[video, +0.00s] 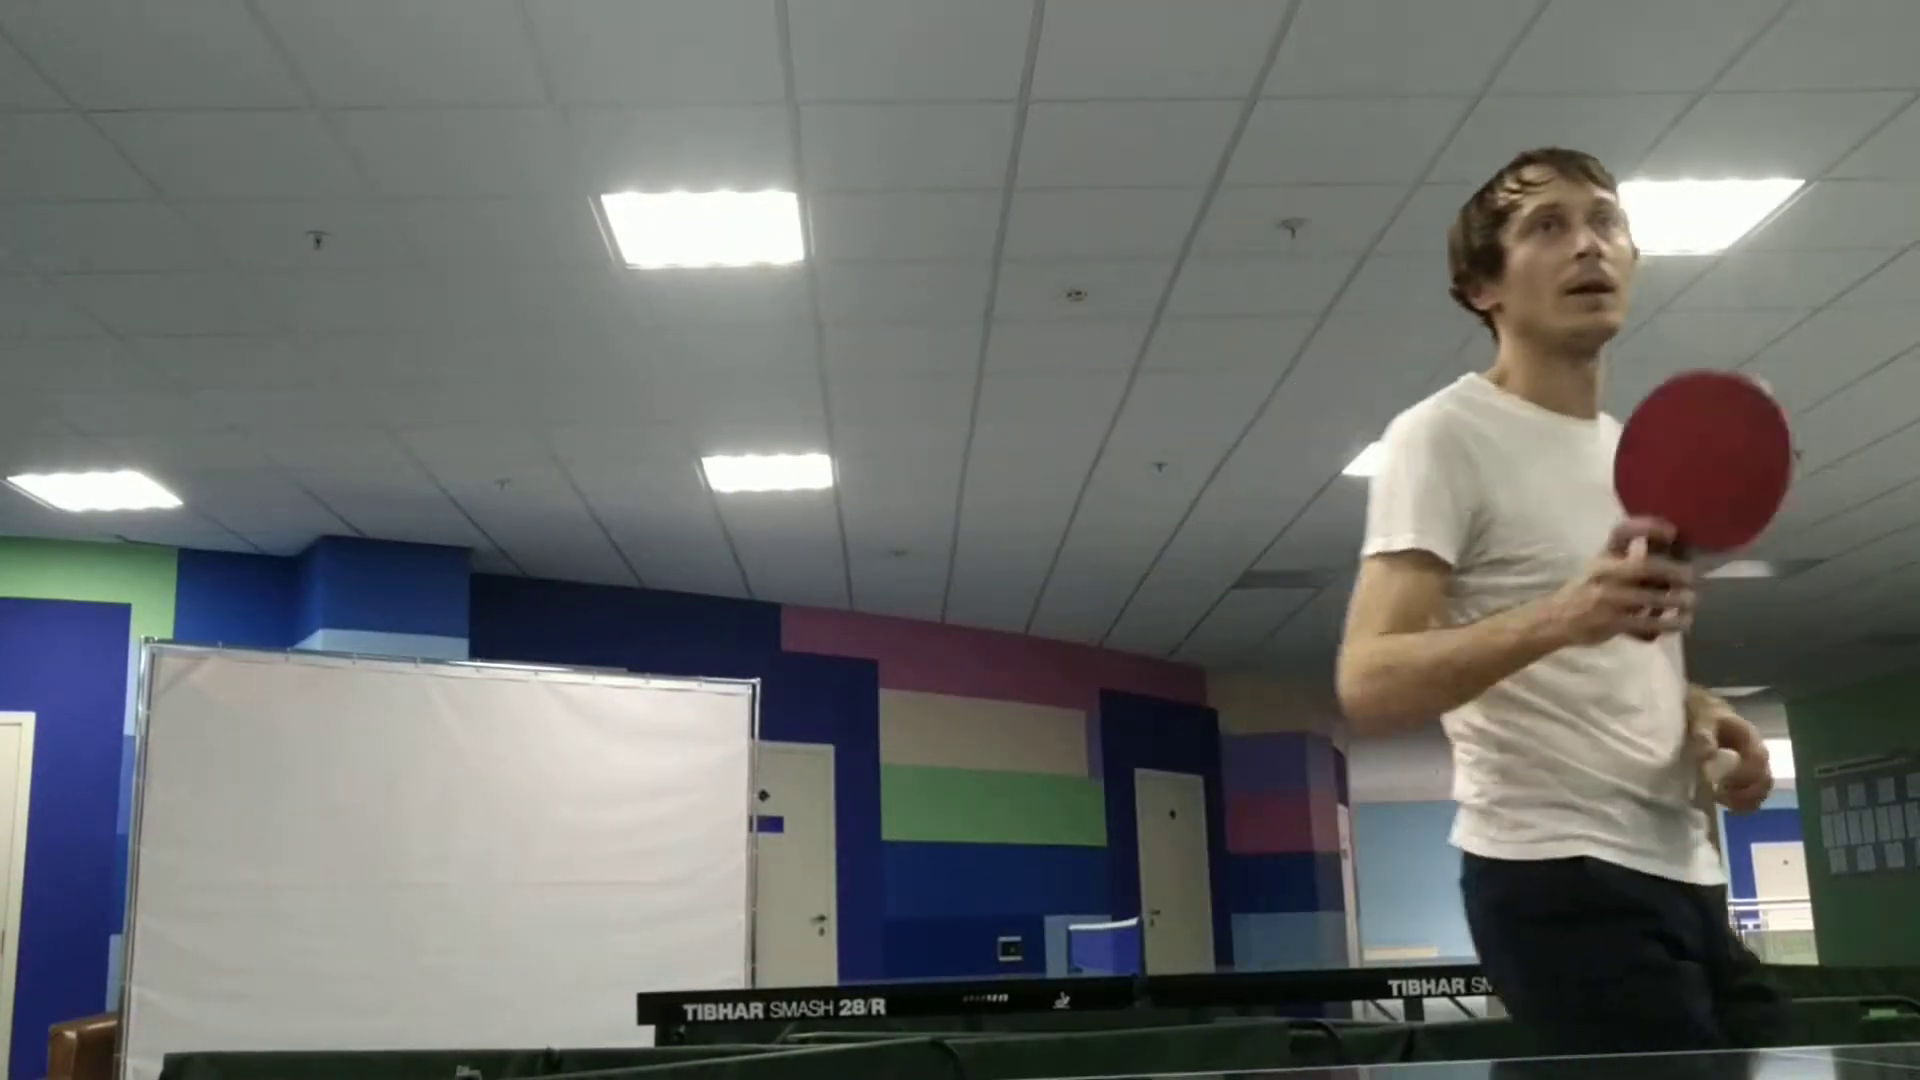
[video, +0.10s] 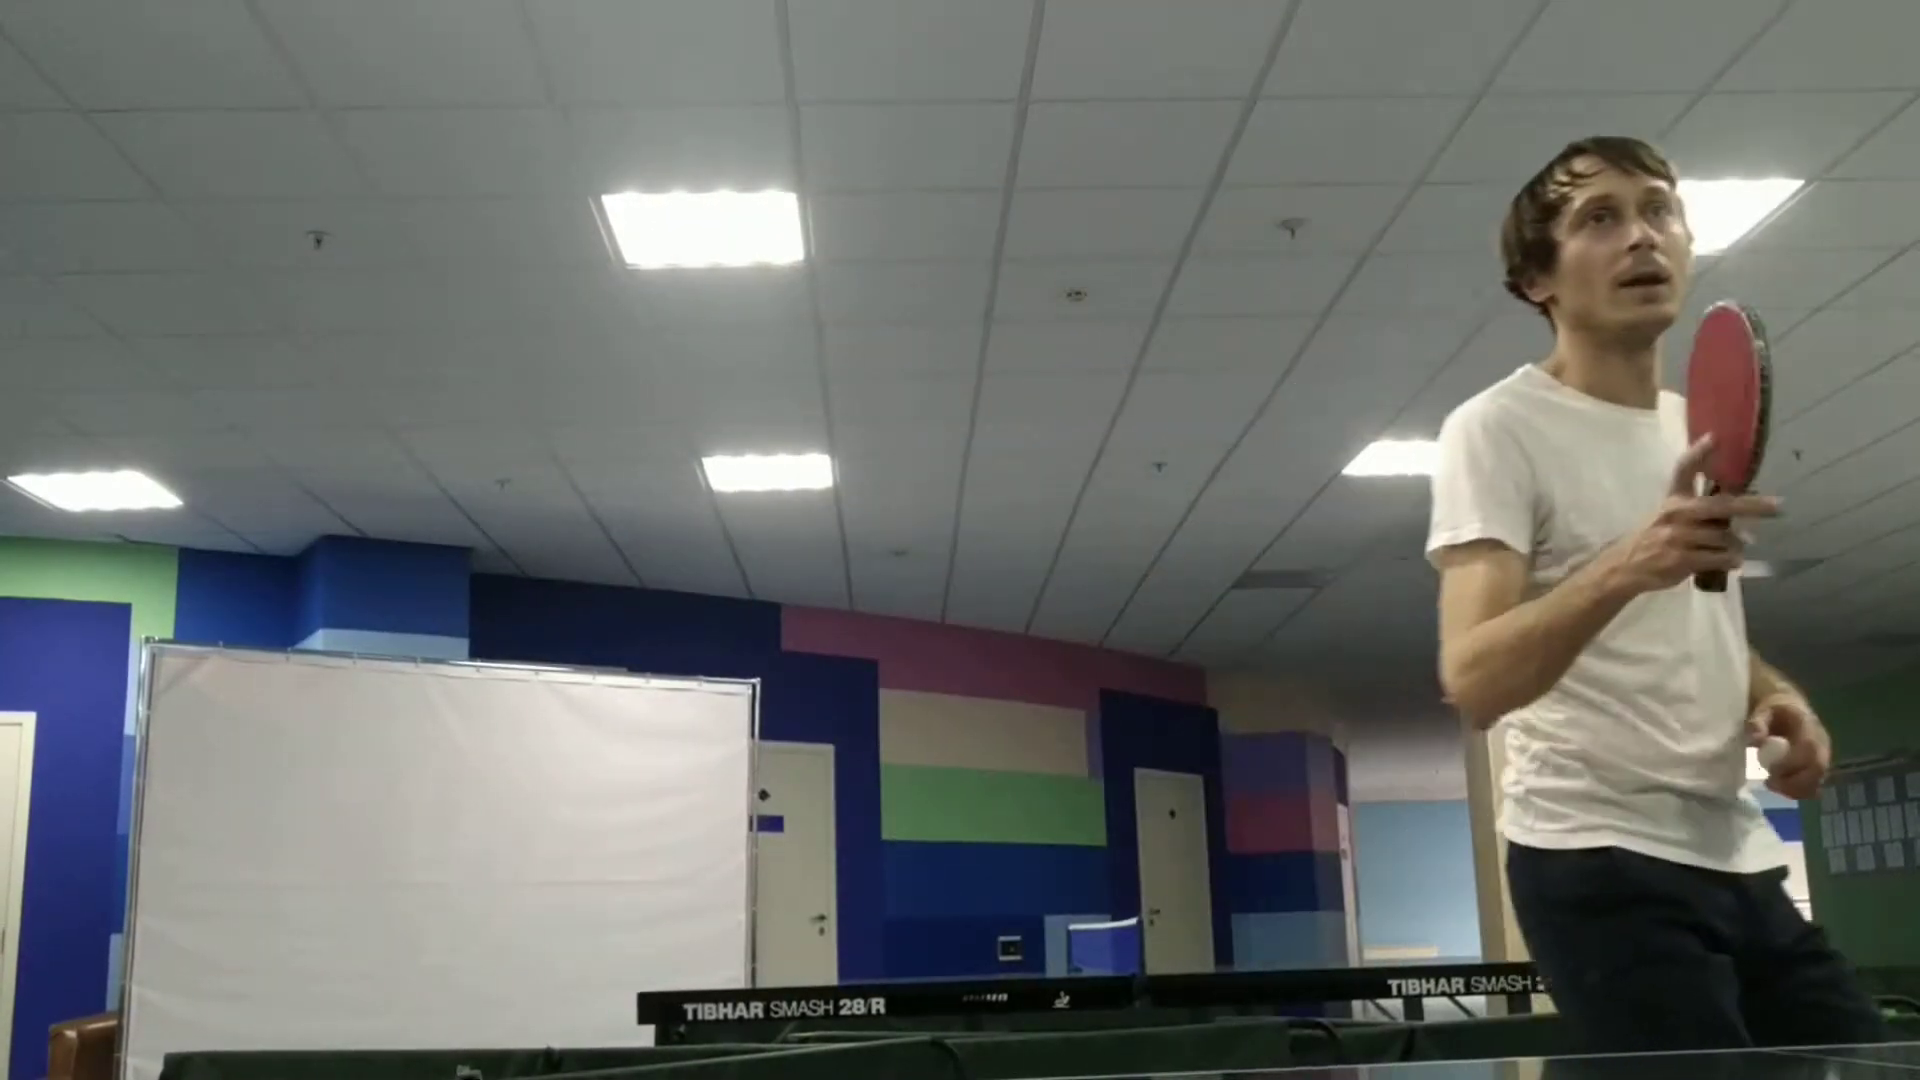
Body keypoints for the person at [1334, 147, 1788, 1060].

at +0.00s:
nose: (1590, 243)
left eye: (1606, 223)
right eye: (1548, 226)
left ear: (1634, 264)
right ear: (1483, 287)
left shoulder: (1633, 450)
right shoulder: (1442, 434)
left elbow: (1637, 662)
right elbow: (1367, 683)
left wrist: (1702, 714)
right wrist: (1565, 615)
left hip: (1676, 867)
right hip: (1553, 867)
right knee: (1681, 1075)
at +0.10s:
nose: (1644, 234)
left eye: (1661, 211)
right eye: (1601, 217)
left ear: (1689, 252)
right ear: (1539, 277)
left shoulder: (1700, 430)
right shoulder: (1495, 428)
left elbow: (1700, 636)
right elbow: (1472, 678)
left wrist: (1771, 695)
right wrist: (1628, 565)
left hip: (1735, 848)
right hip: (1595, 849)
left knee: (1861, 1063)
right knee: (1697, 1068)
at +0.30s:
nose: (1737, 237)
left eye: (1758, 213)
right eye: (1696, 222)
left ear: (1795, 253)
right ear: (1641, 282)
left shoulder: (1842, 421)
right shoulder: (1582, 425)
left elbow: (1878, 635)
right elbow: (1574, 664)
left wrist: (1895, 711)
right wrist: (1721, 558)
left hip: (1832, 844)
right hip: (1656, 850)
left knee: (1893, 1062)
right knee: (1719, 1065)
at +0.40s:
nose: (1769, 246)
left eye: (1792, 219)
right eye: (1730, 228)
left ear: (1832, 252)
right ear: (1680, 280)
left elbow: (1914, 633)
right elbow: (1569, 663)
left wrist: (1913, 738)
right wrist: (1712, 590)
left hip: (1864, 851)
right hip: (1672, 854)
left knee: (1892, 1065)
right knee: (1701, 1073)